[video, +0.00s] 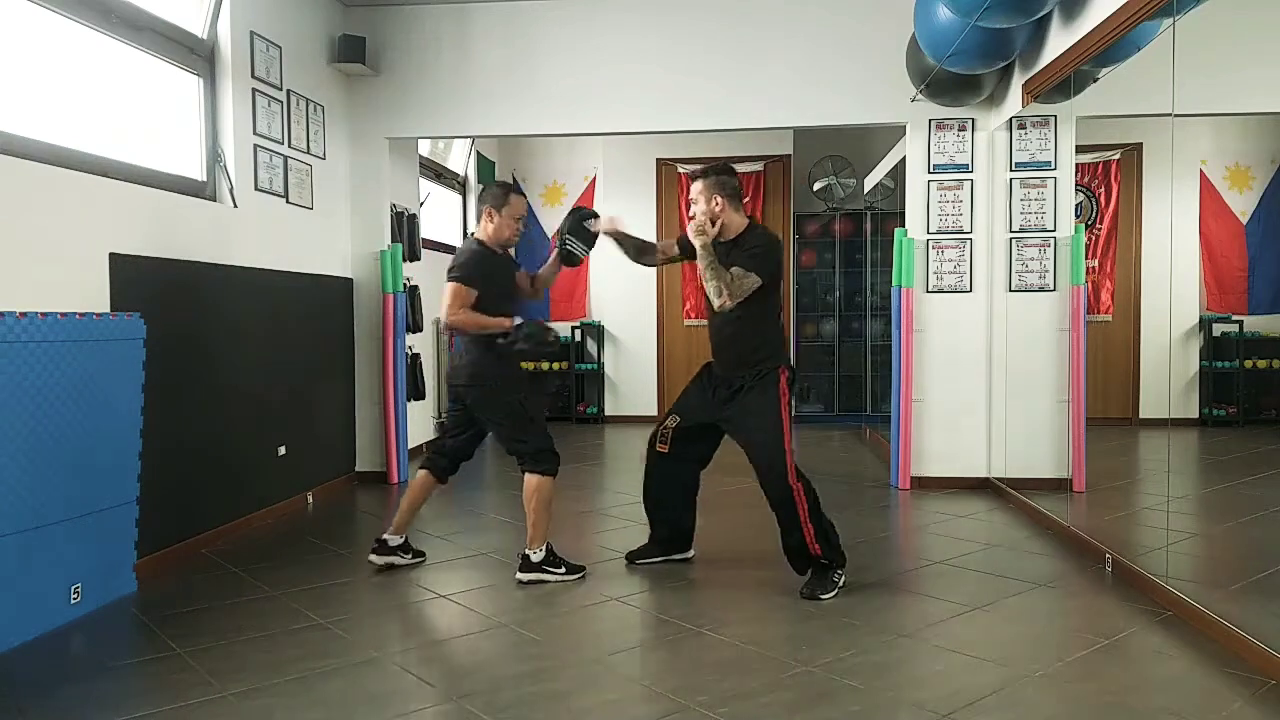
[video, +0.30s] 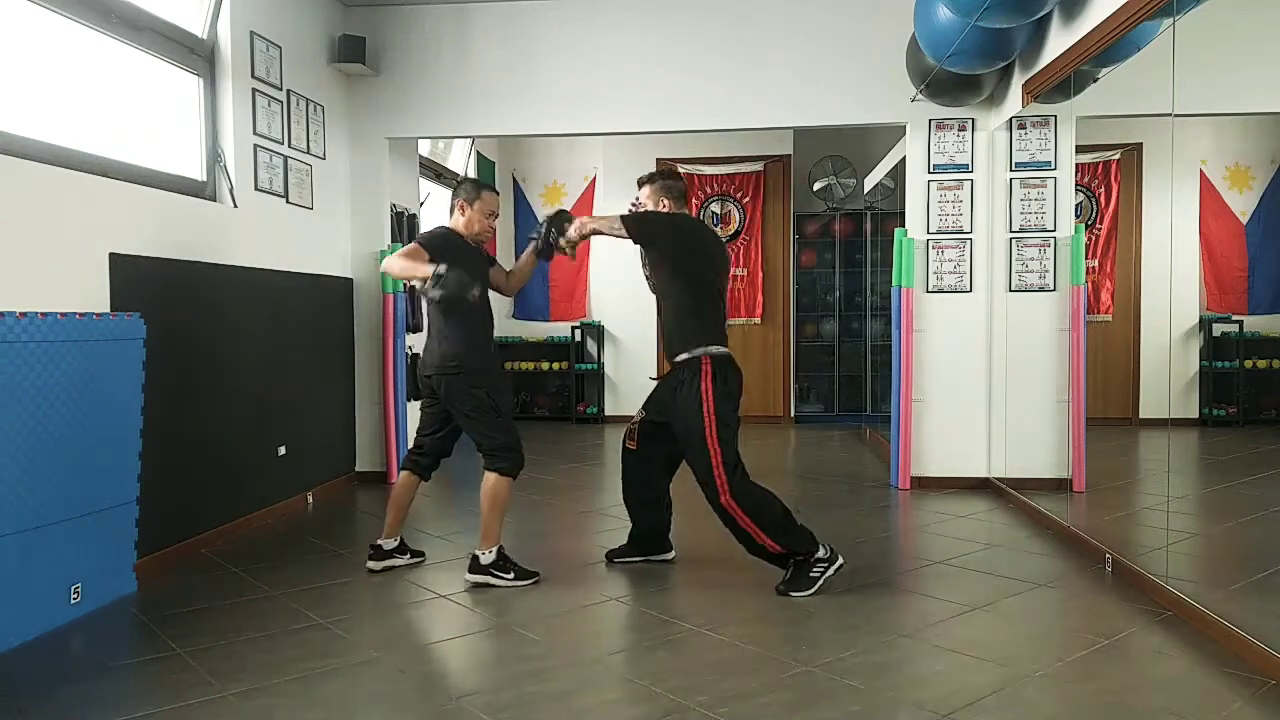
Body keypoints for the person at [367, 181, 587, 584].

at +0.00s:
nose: (521, 228)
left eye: (523, 221)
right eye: (516, 220)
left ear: (495, 218)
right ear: (489, 216)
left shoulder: (500, 259)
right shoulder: (472, 257)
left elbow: (535, 287)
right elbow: (453, 314)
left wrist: (563, 252)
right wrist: (511, 323)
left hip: (472, 376)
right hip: (487, 376)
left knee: (443, 456)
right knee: (541, 458)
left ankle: (391, 540)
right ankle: (537, 556)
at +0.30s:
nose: (494, 223)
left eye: (496, 216)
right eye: (489, 214)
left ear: (475, 213)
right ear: (462, 209)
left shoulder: (477, 255)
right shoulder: (443, 239)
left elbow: (510, 285)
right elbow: (393, 264)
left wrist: (536, 249)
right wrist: (437, 272)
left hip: (442, 368)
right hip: (464, 369)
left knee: (422, 457)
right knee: (504, 456)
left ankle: (386, 545)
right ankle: (488, 558)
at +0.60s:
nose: (476, 230)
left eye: (477, 223)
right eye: (472, 221)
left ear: (443, 216)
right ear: (448, 214)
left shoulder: (428, 248)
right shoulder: (441, 244)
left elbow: (485, 284)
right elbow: (479, 276)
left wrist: (515, 251)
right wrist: (524, 237)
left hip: (421, 369)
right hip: (449, 370)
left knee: (412, 456)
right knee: (493, 459)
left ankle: (369, 537)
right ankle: (487, 559)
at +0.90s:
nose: (451, 215)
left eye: (450, 210)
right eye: (447, 207)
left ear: (417, 206)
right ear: (433, 205)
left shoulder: (403, 248)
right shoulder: (421, 230)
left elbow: (417, 301)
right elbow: (453, 197)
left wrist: (456, 286)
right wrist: (495, 169)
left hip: (390, 361)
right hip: (417, 360)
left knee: (391, 453)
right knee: (447, 457)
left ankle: (365, 541)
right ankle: (436, 560)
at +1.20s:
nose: (428, 217)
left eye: (430, 210)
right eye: (421, 209)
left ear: (427, 211)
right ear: (394, 210)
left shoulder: (422, 257)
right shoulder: (380, 251)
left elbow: (449, 297)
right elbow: (357, 305)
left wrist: (473, 253)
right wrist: (413, 307)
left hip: (424, 373)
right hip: (409, 374)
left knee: (404, 456)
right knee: (448, 461)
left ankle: (361, 536)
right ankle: (436, 561)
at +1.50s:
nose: (403, 234)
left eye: (407, 226)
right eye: (396, 225)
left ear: (410, 221)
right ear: (370, 217)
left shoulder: (405, 258)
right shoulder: (349, 263)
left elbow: (440, 285)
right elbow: (331, 325)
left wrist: (466, 253)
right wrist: (387, 338)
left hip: (408, 375)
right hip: (375, 378)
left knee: (405, 461)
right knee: (399, 463)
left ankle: (366, 538)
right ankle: (422, 554)